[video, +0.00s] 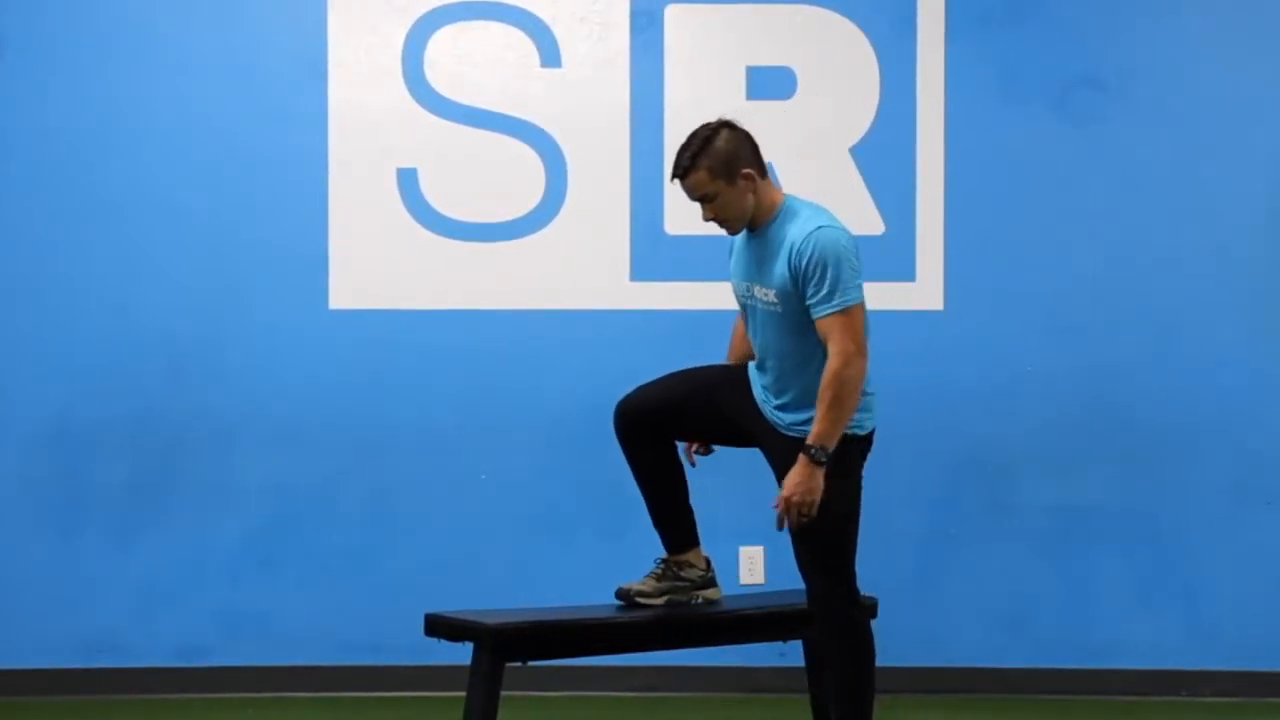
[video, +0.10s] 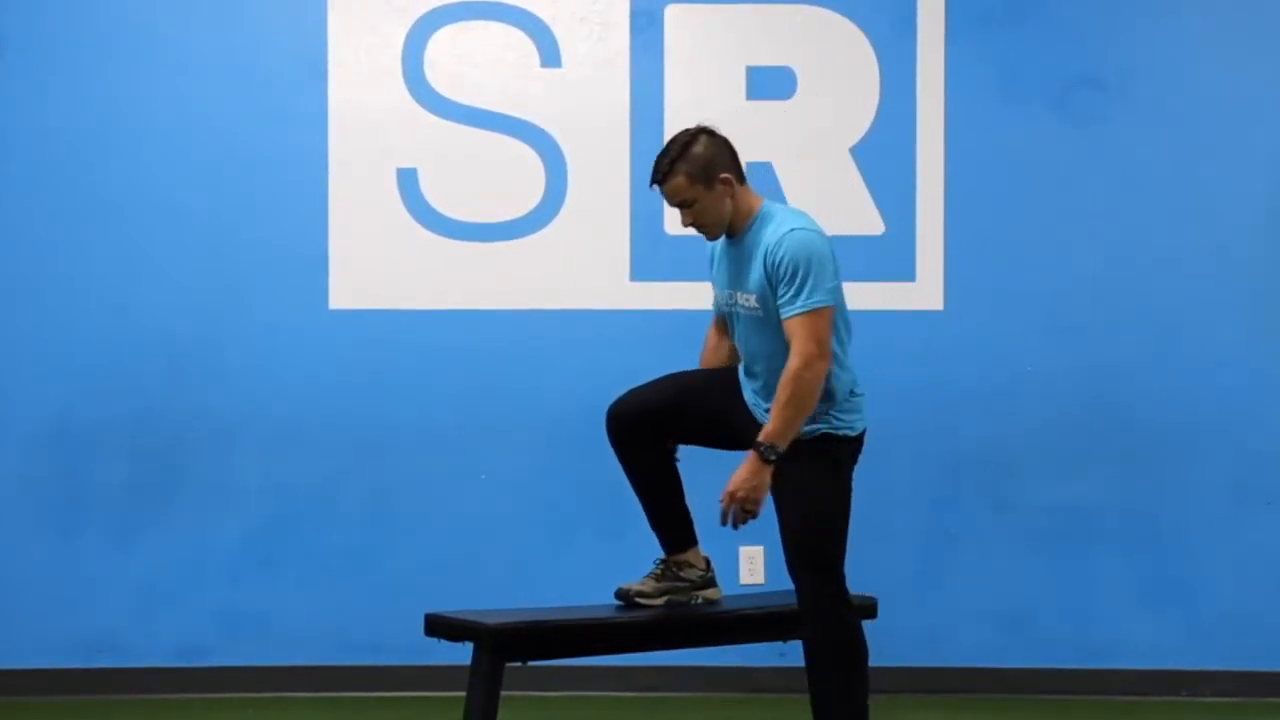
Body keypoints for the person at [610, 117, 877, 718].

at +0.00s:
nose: (706, 214)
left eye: (709, 200)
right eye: (699, 203)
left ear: (749, 178)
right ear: (744, 180)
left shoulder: (820, 242)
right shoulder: (749, 234)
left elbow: (849, 358)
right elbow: (750, 327)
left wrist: (815, 460)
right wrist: (711, 416)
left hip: (820, 432)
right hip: (756, 395)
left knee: (831, 598)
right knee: (638, 417)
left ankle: (846, 713)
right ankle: (687, 566)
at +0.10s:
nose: (683, 219)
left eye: (687, 205)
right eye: (676, 208)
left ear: (727, 184)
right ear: (717, 188)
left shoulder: (795, 242)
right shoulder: (730, 241)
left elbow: (811, 360)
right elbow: (723, 335)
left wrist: (763, 459)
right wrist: (691, 417)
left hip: (817, 428)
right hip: (754, 403)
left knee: (819, 590)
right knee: (633, 420)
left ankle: (843, 713)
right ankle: (687, 566)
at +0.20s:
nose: (662, 225)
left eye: (665, 210)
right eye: (655, 214)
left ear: (705, 190)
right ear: (694, 194)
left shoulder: (767, 244)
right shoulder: (706, 255)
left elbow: (769, 356)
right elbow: (691, 342)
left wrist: (698, 439)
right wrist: (633, 431)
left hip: (803, 427)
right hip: (742, 406)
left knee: (807, 595)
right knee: (624, 424)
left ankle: (840, 714)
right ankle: (686, 567)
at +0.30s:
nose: (636, 218)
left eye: (639, 202)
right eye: (629, 207)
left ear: (679, 184)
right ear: (672, 189)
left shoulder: (732, 230)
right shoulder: (682, 252)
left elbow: (736, 323)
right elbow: (644, 330)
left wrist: (654, 390)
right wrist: (578, 391)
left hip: (790, 418)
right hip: (735, 406)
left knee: (799, 585)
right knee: (618, 428)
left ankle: (836, 713)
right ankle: (684, 568)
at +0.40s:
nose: (608, 191)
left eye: (611, 176)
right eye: (601, 181)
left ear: (651, 157)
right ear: (642, 165)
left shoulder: (701, 194)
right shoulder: (653, 222)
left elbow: (719, 268)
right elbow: (609, 290)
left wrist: (637, 332)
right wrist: (534, 342)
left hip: (780, 383)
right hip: (719, 373)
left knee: (799, 543)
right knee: (614, 425)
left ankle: (827, 704)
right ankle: (684, 568)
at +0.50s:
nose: (592, 162)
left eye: (595, 146)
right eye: (585, 151)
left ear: (634, 126)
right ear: (622, 135)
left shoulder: (688, 162)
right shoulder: (631, 194)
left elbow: (715, 230)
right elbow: (584, 256)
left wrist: (641, 293)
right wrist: (509, 297)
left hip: (771, 348)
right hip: (709, 345)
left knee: (765, 504)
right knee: (622, 424)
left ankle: (822, 675)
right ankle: (686, 569)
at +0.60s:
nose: (585, 130)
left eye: (588, 114)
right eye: (578, 118)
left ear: (629, 95)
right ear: (614, 104)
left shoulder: (688, 134)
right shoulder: (619, 164)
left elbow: (721, 210)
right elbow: (575, 225)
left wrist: (657, 278)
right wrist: (503, 266)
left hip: (760, 313)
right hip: (694, 318)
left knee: (721, 457)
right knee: (631, 419)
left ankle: (812, 605)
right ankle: (688, 571)